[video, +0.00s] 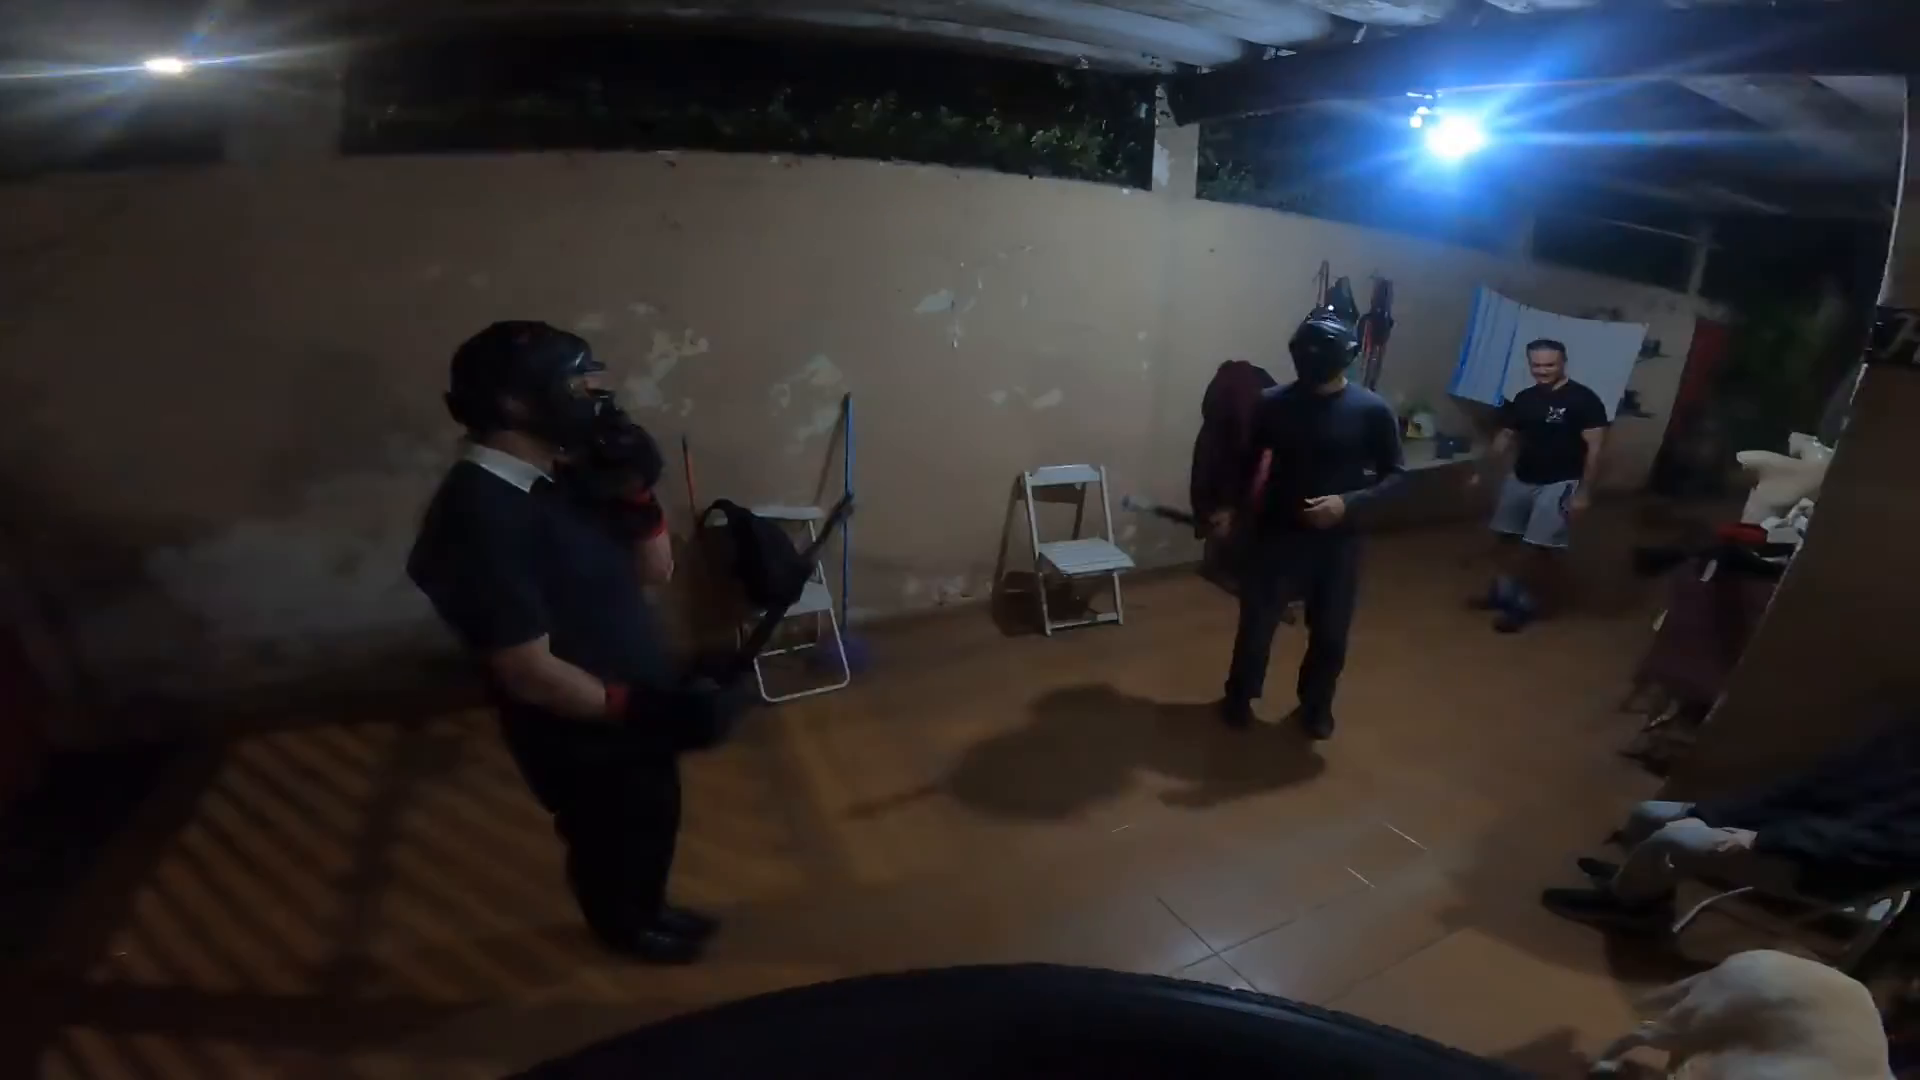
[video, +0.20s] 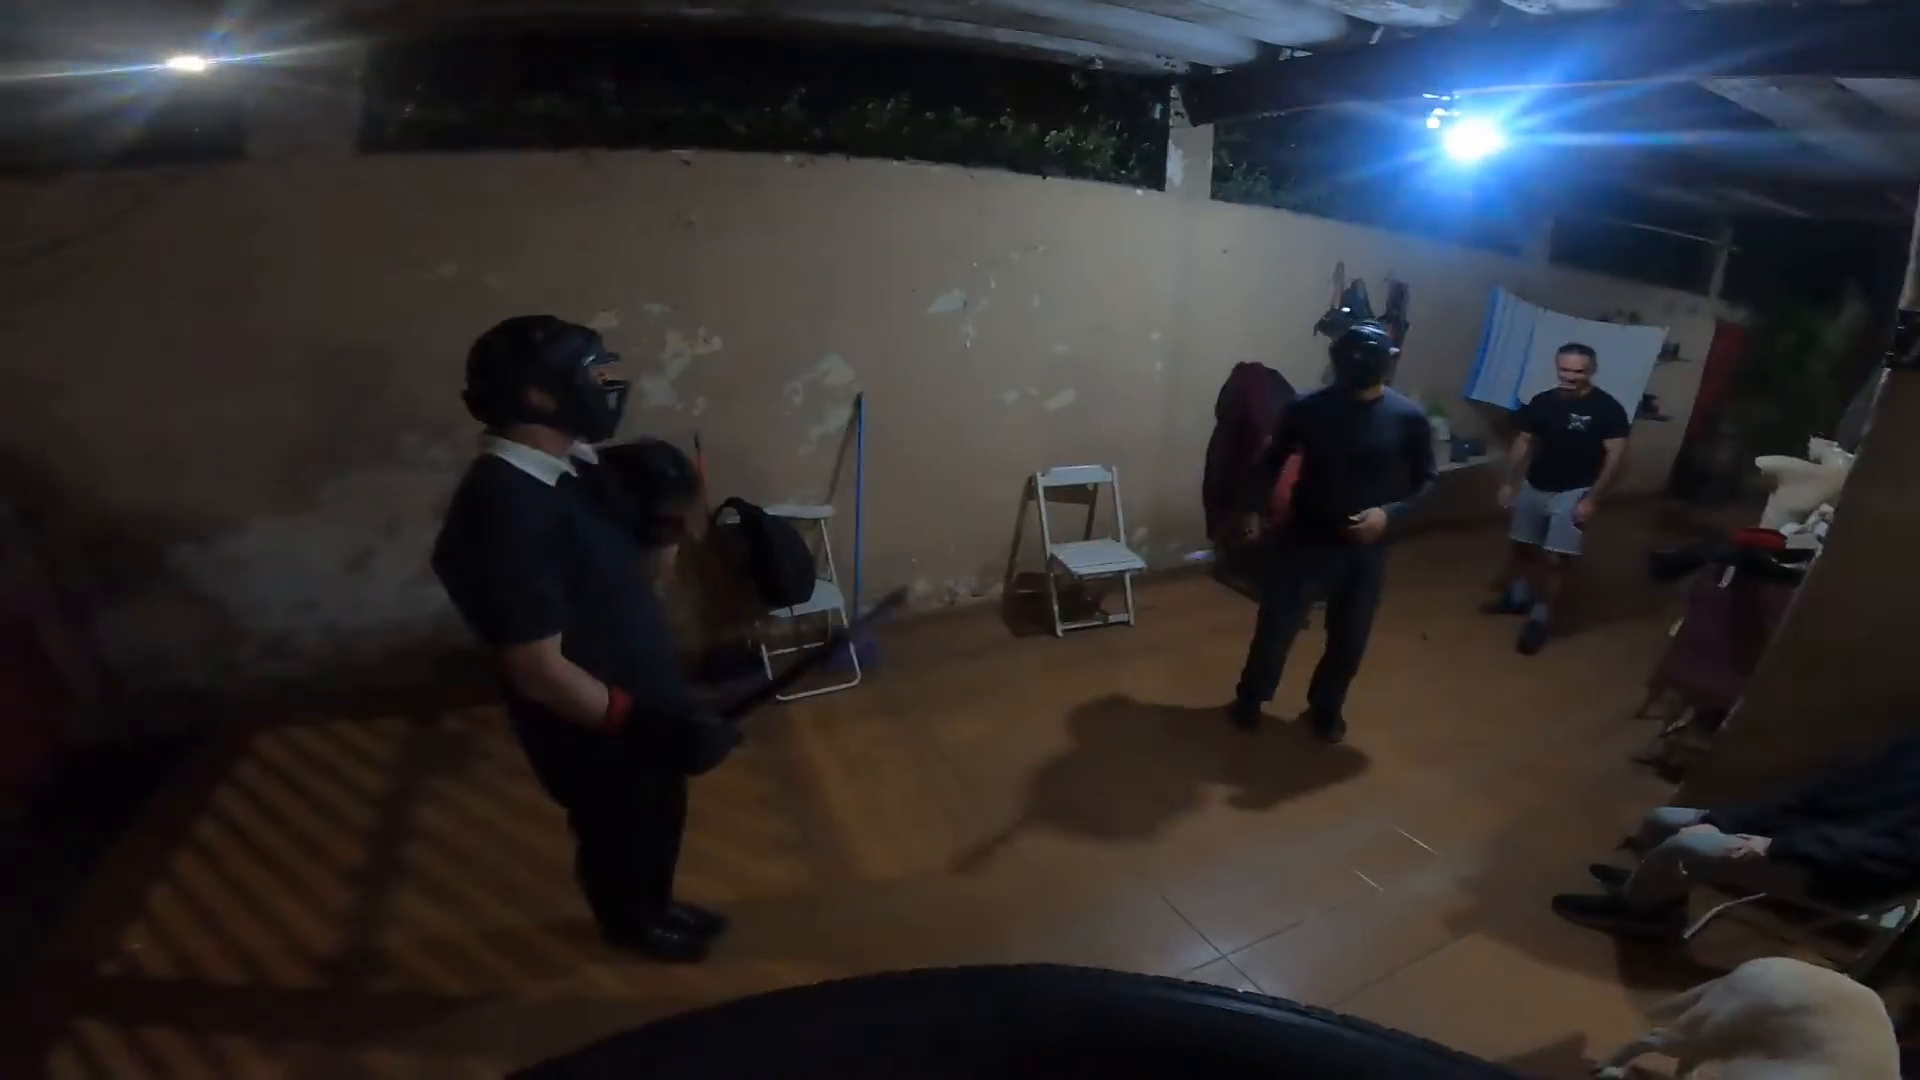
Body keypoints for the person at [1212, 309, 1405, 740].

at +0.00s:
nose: (1311, 363)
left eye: (1321, 355)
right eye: (1305, 353)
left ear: (1342, 359)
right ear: (1295, 356)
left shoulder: (1371, 412)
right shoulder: (1274, 406)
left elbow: (1398, 476)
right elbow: (1248, 465)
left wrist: (1348, 503)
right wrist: (1229, 506)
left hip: (1336, 541)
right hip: (1275, 534)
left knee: (1331, 634)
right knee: (1256, 623)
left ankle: (1316, 708)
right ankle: (1239, 697)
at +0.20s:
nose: (1353, 375)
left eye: (1363, 365)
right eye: (1347, 364)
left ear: (1382, 366)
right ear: (1336, 364)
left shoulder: (1407, 419)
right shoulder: (1307, 411)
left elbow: (1426, 484)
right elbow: (1273, 465)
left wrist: (1388, 514)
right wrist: (1258, 509)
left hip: (1363, 549)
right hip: (1303, 539)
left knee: (1349, 641)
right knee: (1276, 627)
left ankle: (1326, 708)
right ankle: (1251, 698)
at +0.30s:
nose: (1408, 379)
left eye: (1417, 369)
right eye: (1400, 366)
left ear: (1429, 373)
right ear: (1380, 366)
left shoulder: (1441, 428)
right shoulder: (1338, 415)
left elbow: (1452, 490)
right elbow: (1305, 470)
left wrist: (1424, 522)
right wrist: (1292, 511)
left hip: (1391, 554)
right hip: (1334, 543)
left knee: (1375, 649)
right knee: (1300, 630)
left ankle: (1344, 713)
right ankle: (1267, 702)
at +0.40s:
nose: (1420, 382)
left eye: (1432, 373)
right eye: (1413, 370)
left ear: (1447, 379)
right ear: (1395, 372)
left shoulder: (1463, 432)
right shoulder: (1357, 415)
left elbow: (1472, 497)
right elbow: (1322, 468)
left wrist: (1443, 527)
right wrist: (1310, 512)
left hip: (1406, 555)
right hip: (1347, 543)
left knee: (1386, 650)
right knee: (1307, 624)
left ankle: (1352, 712)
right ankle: (1273, 702)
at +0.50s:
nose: (1437, 396)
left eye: (1447, 388)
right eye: (1429, 385)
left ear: (1459, 390)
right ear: (1409, 382)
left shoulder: (1475, 439)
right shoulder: (1370, 418)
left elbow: (1484, 501)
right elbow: (1332, 472)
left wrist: (1457, 530)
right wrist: (1320, 520)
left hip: (1416, 558)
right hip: (1357, 545)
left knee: (1395, 654)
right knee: (1310, 624)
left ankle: (1359, 714)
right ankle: (1271, 703)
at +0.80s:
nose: (1431, 420)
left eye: (1442, 414)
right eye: (1424, 409)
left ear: (1462, 415)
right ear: (1412, 403)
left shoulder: (1489, 458)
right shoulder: (1381, 436)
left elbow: (1503, 522)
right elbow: (1337, 486)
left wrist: (1483, 548)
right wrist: (1310, 525)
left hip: (1427, 582)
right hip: (1362, 569)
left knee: (1416, 678)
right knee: (1301, 649)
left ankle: (1386, 731)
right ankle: (1234, 732)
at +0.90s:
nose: (1415, 433)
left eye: (1427, 425)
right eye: (1411, 423)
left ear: (1452, 417)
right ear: (1404, 409)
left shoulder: (1483, 460)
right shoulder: (1375, 438)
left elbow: (1500, 524)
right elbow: (1328, 481)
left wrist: (1480, 552)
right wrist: (1287, 511)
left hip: (1425, 583)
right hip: (1359, 570)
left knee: (1415, 681)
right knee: (1299, 654)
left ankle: (1391, 735)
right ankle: (1231, 741)